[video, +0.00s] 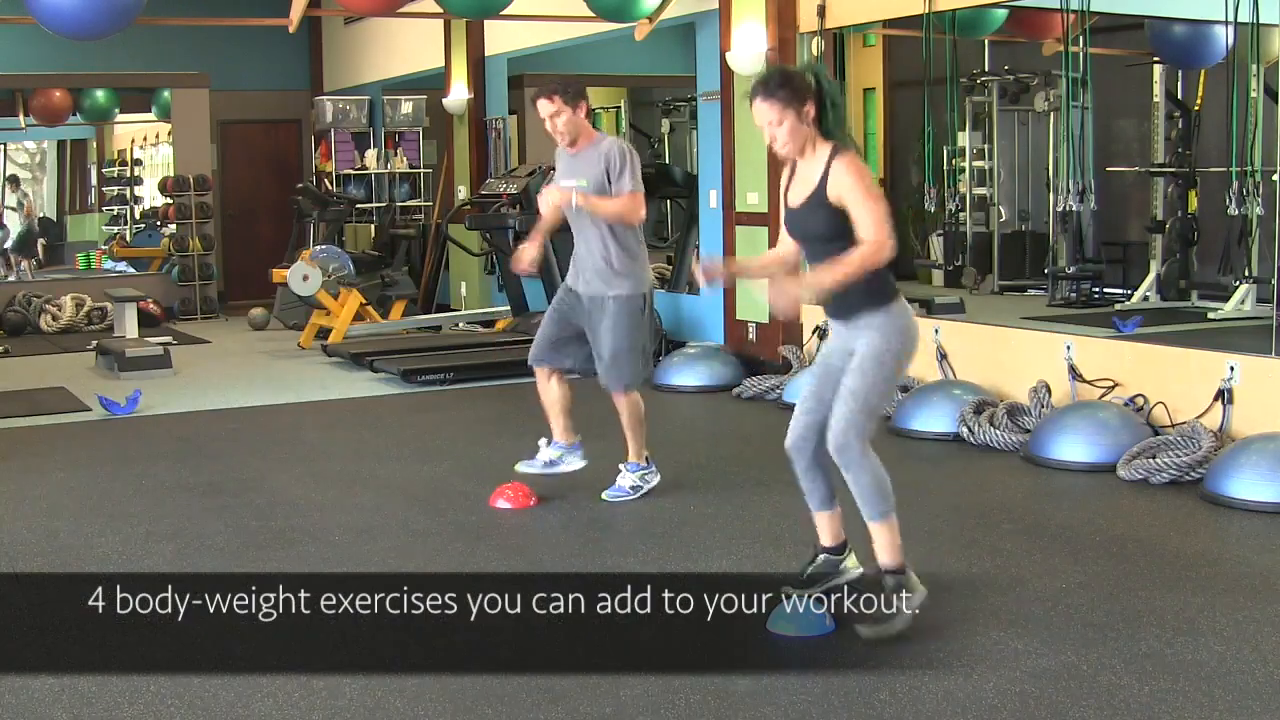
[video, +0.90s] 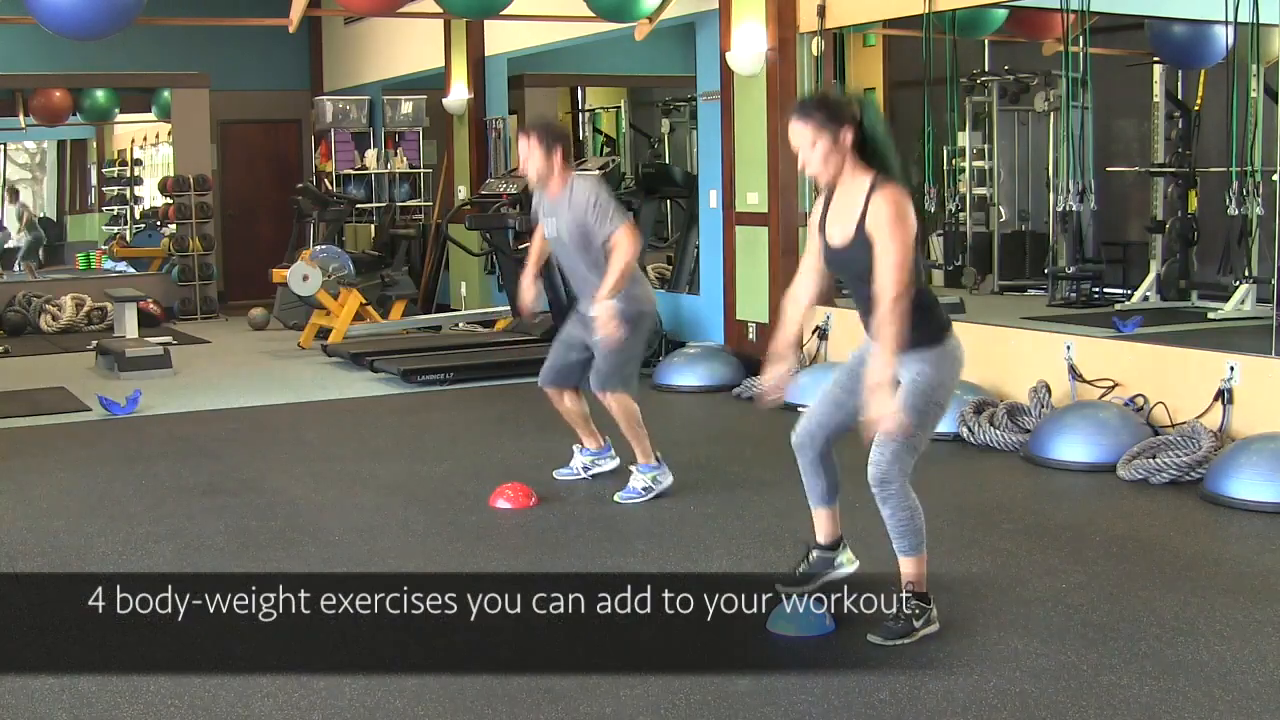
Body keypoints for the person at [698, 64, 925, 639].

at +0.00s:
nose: (768, 138)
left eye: (773, 125)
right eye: (763, 128)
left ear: (807, 112)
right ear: (771, 123)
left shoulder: (844, 167)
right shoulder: (793, 175)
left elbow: (881, 244)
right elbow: (789, 254)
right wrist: (729, 270)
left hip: (883, 326)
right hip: (842, 331)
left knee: (846, 440)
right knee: (802, 443)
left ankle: (897, 580)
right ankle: (834, 555)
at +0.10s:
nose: (765, 181)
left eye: (770, 168)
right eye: (761, 170)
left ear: (803, 159)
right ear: (779, 167)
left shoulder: (844, 213)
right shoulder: (788, 221)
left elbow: (825, 284)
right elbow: (750, 294)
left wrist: (749, 237)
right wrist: (711, 252)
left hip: (900, 363)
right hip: (853, 367)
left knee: (856, 472)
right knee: (792, 459)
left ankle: (913, 595)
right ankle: (835, 562)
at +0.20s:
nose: (766, 244)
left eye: (774, 232)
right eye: (762, 235)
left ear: (804, 227)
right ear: (759, 239)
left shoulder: (837, 282)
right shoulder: (784, 288)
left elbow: (781, 332)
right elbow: (720, 346)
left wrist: (748, 263)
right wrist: (710, 273)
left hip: (919, 414)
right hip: (866, 416)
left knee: (852, 485)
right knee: (785, 470)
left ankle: (914, 601)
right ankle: (837, 565)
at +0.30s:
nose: (760, 306)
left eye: (768, 294)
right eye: (757, 296)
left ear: (803, 292)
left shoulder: (838, 340)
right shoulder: (781, 345)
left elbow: (772, 396)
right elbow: (713, 397)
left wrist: (750, 319)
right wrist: (714, 324)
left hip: (931, 445)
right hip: (874, 445)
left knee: (855, 487)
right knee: (784, 472)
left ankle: (914, 602)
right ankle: (837, 566)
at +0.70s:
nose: (783, 257)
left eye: (791, 245)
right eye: (779, 248)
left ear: (827, 242)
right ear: (777, 247)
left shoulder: (861, 298)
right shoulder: (794, 301)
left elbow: (809, 366)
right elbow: (734, 346)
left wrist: (722, 384)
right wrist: (663, 361)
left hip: (941, 404)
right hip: (886, 404)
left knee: (873, 476)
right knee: (806, 466)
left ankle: (917, 600)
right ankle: (839, 566)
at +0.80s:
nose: (791, 205)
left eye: (798, 192)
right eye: (788, 194)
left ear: (837, 184)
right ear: (815, 191)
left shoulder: (879, 244)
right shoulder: (809, 249)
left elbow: (838, 333)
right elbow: (758, 318)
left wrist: (790, 406)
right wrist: (699, 375)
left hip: (938, 378)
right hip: (884, 378)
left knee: (881, 474)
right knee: (813, 458)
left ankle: (917, 599)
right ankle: (837, 564)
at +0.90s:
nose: (801, 161)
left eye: (807, 148)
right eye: (796, 150)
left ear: (845, 138)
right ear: (817, 147)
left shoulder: (887, 201)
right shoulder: (826, 203)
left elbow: (893, 299)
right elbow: (805, 286)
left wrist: (881, 384)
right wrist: (780, 352)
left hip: (925, 353)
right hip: (875, 348)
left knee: (887, 472)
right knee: (808, 437)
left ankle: (916, 598)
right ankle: (829, 549)